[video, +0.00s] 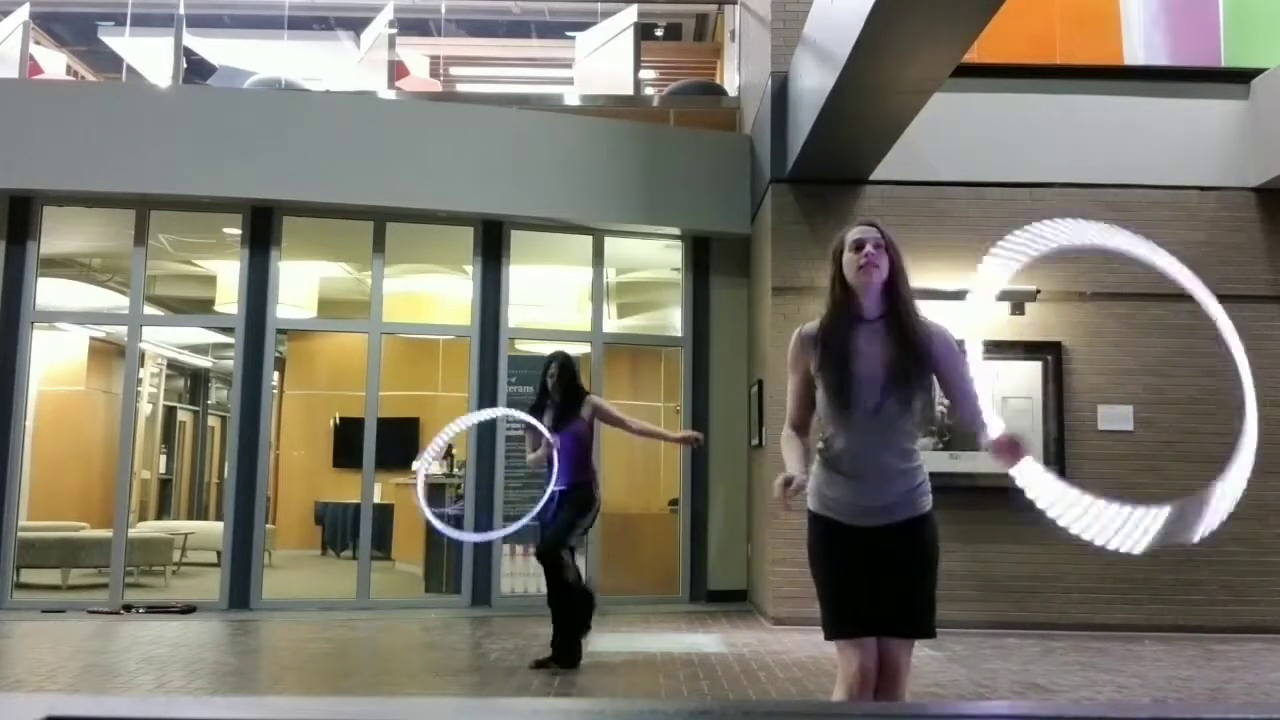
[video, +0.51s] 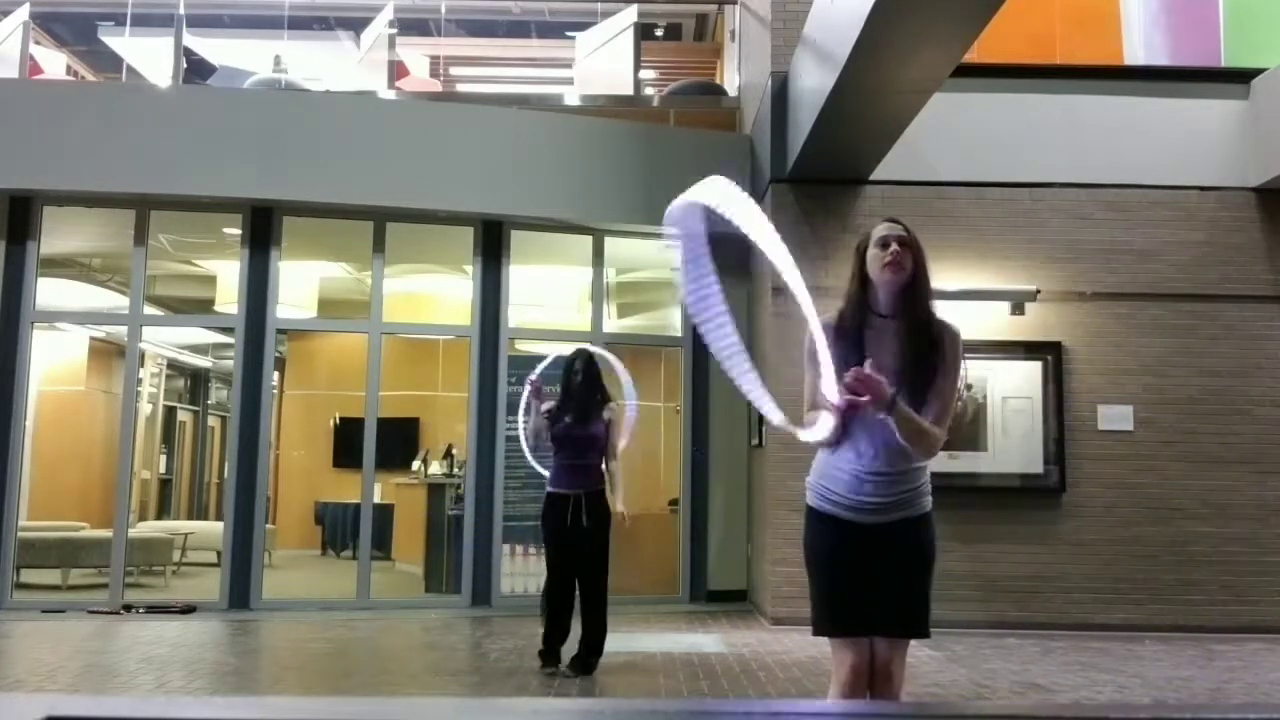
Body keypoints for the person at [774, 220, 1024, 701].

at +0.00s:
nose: (870, 252)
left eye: (879, 246)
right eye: (858, 246)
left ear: (892, 264)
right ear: (840, 265)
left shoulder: (927, 337)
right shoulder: (812, 341)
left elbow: (970, 413)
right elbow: (795, 427)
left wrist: (994, 441)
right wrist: (797, 470)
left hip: (906, 512)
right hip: (836, 515)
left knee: (894, 671)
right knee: (858, 669)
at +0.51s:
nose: (895, 249)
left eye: (904, 244)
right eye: (882, 244)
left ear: (917, 263)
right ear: (864, 263)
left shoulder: (942, 338)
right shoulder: (829, 334)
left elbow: (931, 443)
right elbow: (819, 430)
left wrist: (888, 402)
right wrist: (838, 410)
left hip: (905, 513)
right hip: (835, 511)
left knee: (888, 669)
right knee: (853, 666)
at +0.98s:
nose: (901, 256)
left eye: (910, 249)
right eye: (888, 248)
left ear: (920, 261)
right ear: (866, 260)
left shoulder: (932, 333)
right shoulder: (830, 314)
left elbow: (959, 424)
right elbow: (732, 327)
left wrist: (979, 493)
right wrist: (769, 290)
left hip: (900, 509)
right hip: (831, 508)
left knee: (888, 671)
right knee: (853, 674)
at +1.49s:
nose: (887, 279)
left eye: (898, 271)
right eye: (878, 267)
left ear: (909, 280)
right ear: (855, 271)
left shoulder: (910, 323)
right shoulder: (818, 332)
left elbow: (1004, 297)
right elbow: (764, 405)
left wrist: (1101, 268)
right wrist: (821, 469)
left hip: (876, 507)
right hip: (813, 506)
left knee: (874, 667)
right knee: (840, 669)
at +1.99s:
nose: (889, 247)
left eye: (895, 241)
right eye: (877, 239)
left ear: (901, 257)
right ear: (851, 250)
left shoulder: (894, 316)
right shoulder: (838, 319)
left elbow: (934, 342)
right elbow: (873, 422)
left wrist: (877, 310)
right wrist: (963, 457)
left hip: (874, 504)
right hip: (825, 503)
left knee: (876, 657)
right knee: (838, 663)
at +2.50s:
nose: (882, 234)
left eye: (892, 233)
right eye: (869, 232)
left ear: (903, 258)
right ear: (850, 256)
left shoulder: (914, 326)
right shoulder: (826, 303)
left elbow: (975, 394)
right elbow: (831, 310)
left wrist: (932, 327)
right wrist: (902, 304)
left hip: (888, 506)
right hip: (822, 501)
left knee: (879, 674)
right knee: (834, 672)